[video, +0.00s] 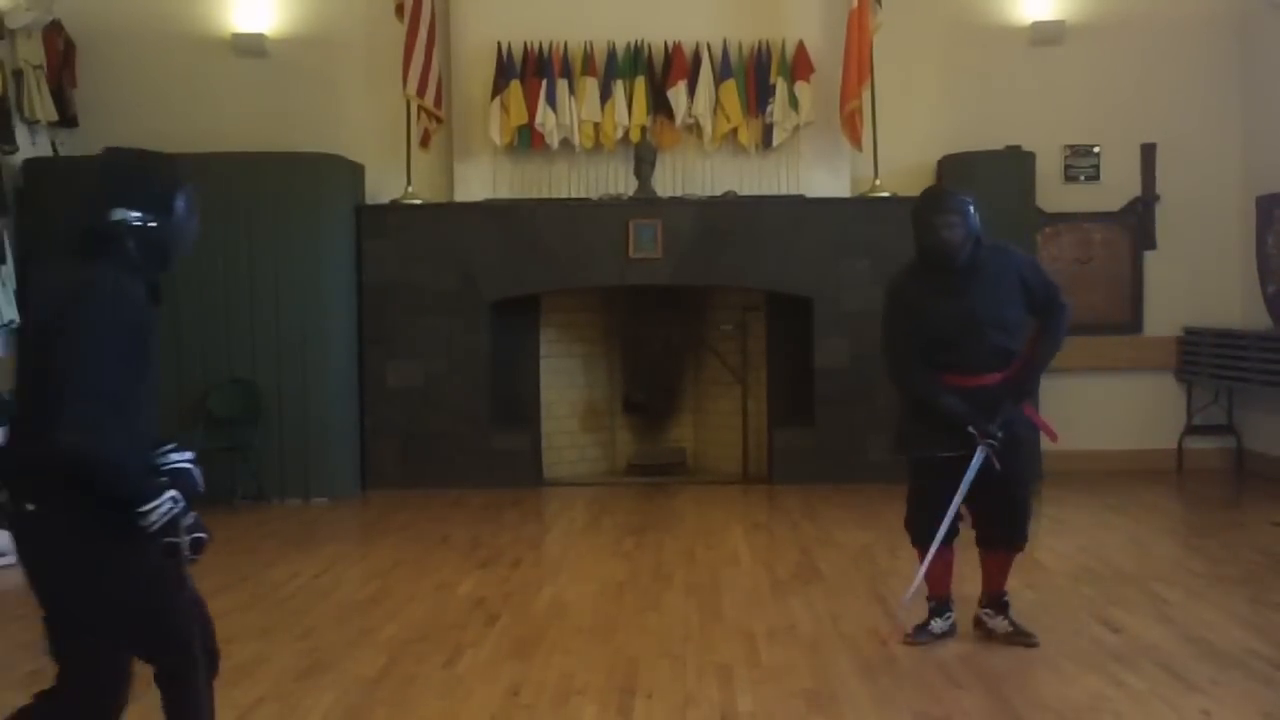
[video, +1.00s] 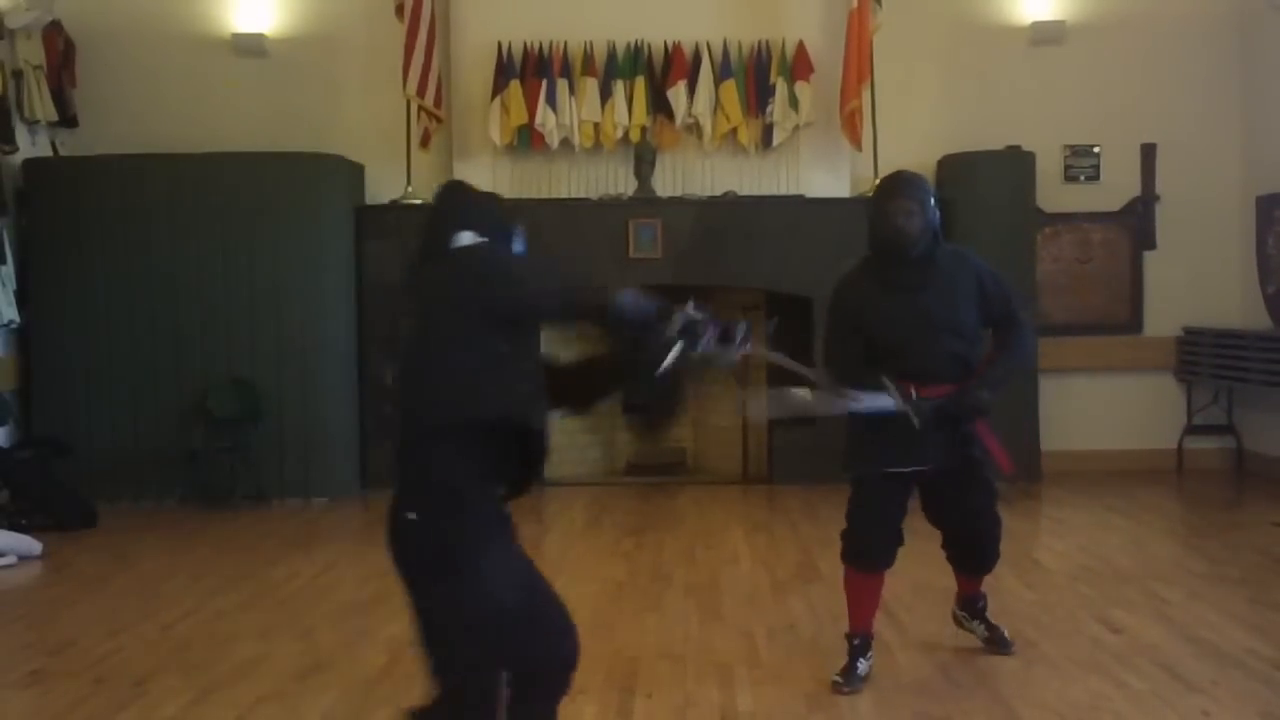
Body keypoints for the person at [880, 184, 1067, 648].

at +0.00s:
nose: (945, 238)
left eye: (953, 227)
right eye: (935, 229)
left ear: (973, 225)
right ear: (921, 232)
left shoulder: (1008, 267)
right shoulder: (908, 285)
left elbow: (1055, 313)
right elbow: (902, 365)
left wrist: (1019, 387)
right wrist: (958, 412)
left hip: (1004, 408)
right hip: (936, 410)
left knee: (1007, 509)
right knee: (931, 514)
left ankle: (993, 609)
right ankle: (940, 613)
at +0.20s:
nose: (944, 234)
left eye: (953, 224)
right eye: (934, 225)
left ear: (974, 224)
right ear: (920, 229)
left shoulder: (1007, 267)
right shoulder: (906, 283)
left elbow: (1056, 317)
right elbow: (897, 362)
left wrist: (1018, 388)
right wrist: (949, 411)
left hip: (994, 414)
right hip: (928, 414)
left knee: (988, 517)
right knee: (920, 513)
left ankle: (976, 621)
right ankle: (935, 607)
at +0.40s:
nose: (940, 230)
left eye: (951, 220)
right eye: (932, 220)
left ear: (975, 221)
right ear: (919, 223)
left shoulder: (1010, 266)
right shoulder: (907, 281)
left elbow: (1062, 323)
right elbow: (898, 363)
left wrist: (1017, 393)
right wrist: (952, 417)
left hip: (994, 409)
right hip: (925, 406)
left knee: (991, 518)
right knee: (890, 508)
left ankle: (976, 621)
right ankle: (896, 610)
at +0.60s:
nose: (930, 227)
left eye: (941, 217)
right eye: (922, 217)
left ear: (964, 220)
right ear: (910, 222)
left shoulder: (1000, 268)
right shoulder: (895, 282)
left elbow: (1054, 326)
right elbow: (886, 367)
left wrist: (1012, 393)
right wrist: (939, 420)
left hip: (986, 412)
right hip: (918, 412)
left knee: (986, 524)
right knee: (892, 519)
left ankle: (975, 624)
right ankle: (861, 632)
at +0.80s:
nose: (912, 231)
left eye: (922, 221)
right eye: (902, 221)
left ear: (944, 224)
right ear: (886, 227)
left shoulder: (976, 277)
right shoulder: (870, 292)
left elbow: (1025, 338)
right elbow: (861, 375)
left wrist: (982, 414)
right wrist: (915, 428)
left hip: (965, 422)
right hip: (894, 421)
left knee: (977, 526)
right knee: (876, 528)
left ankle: (974, 620)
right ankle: (861, 649)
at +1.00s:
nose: (900, 224)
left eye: (911, 214)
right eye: (891, 214)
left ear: (934, 217)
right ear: (874, 219)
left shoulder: (965, 274)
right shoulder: (857, 288)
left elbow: (1016, 333)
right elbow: (841, 365)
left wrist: (985, 387)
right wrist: (880, 389)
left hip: (952, 425)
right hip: (882, 429)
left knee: (976, 527)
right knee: (868, 535)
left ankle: (970, 610)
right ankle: (859, 647)